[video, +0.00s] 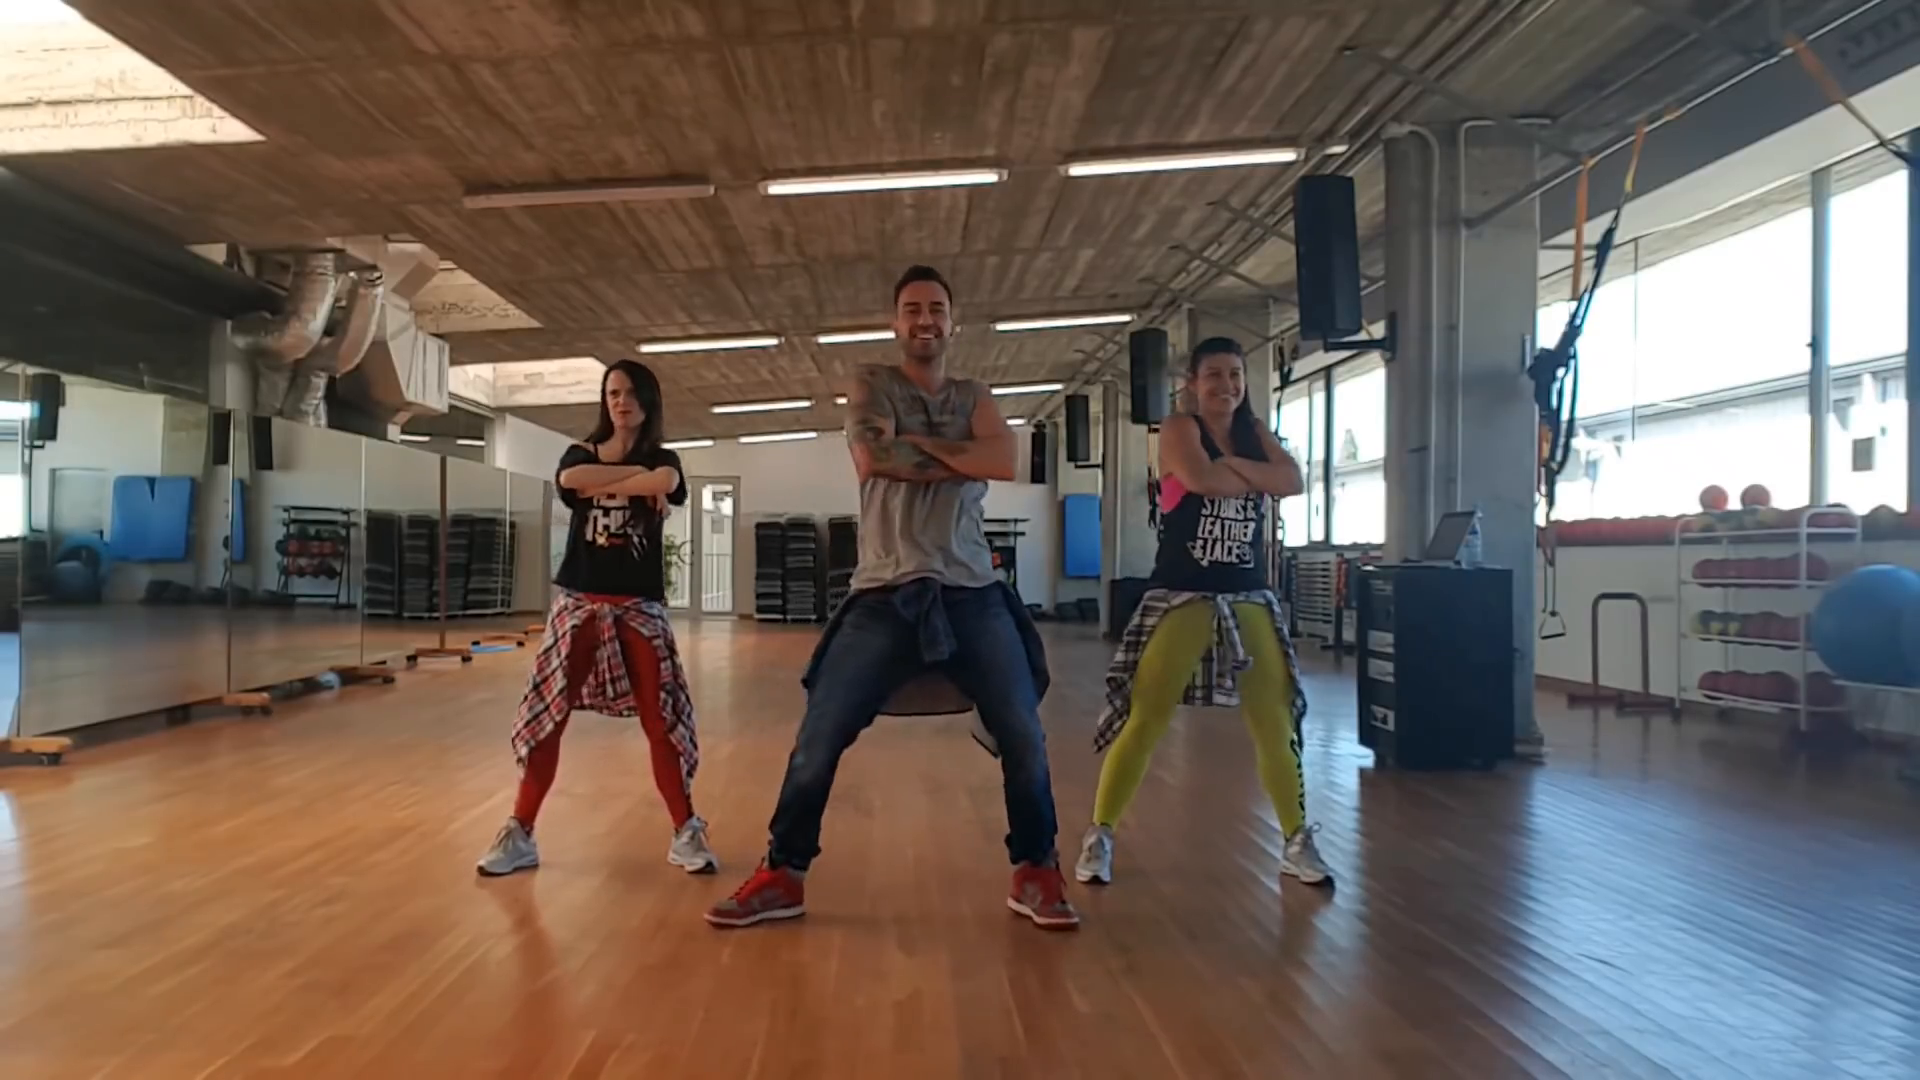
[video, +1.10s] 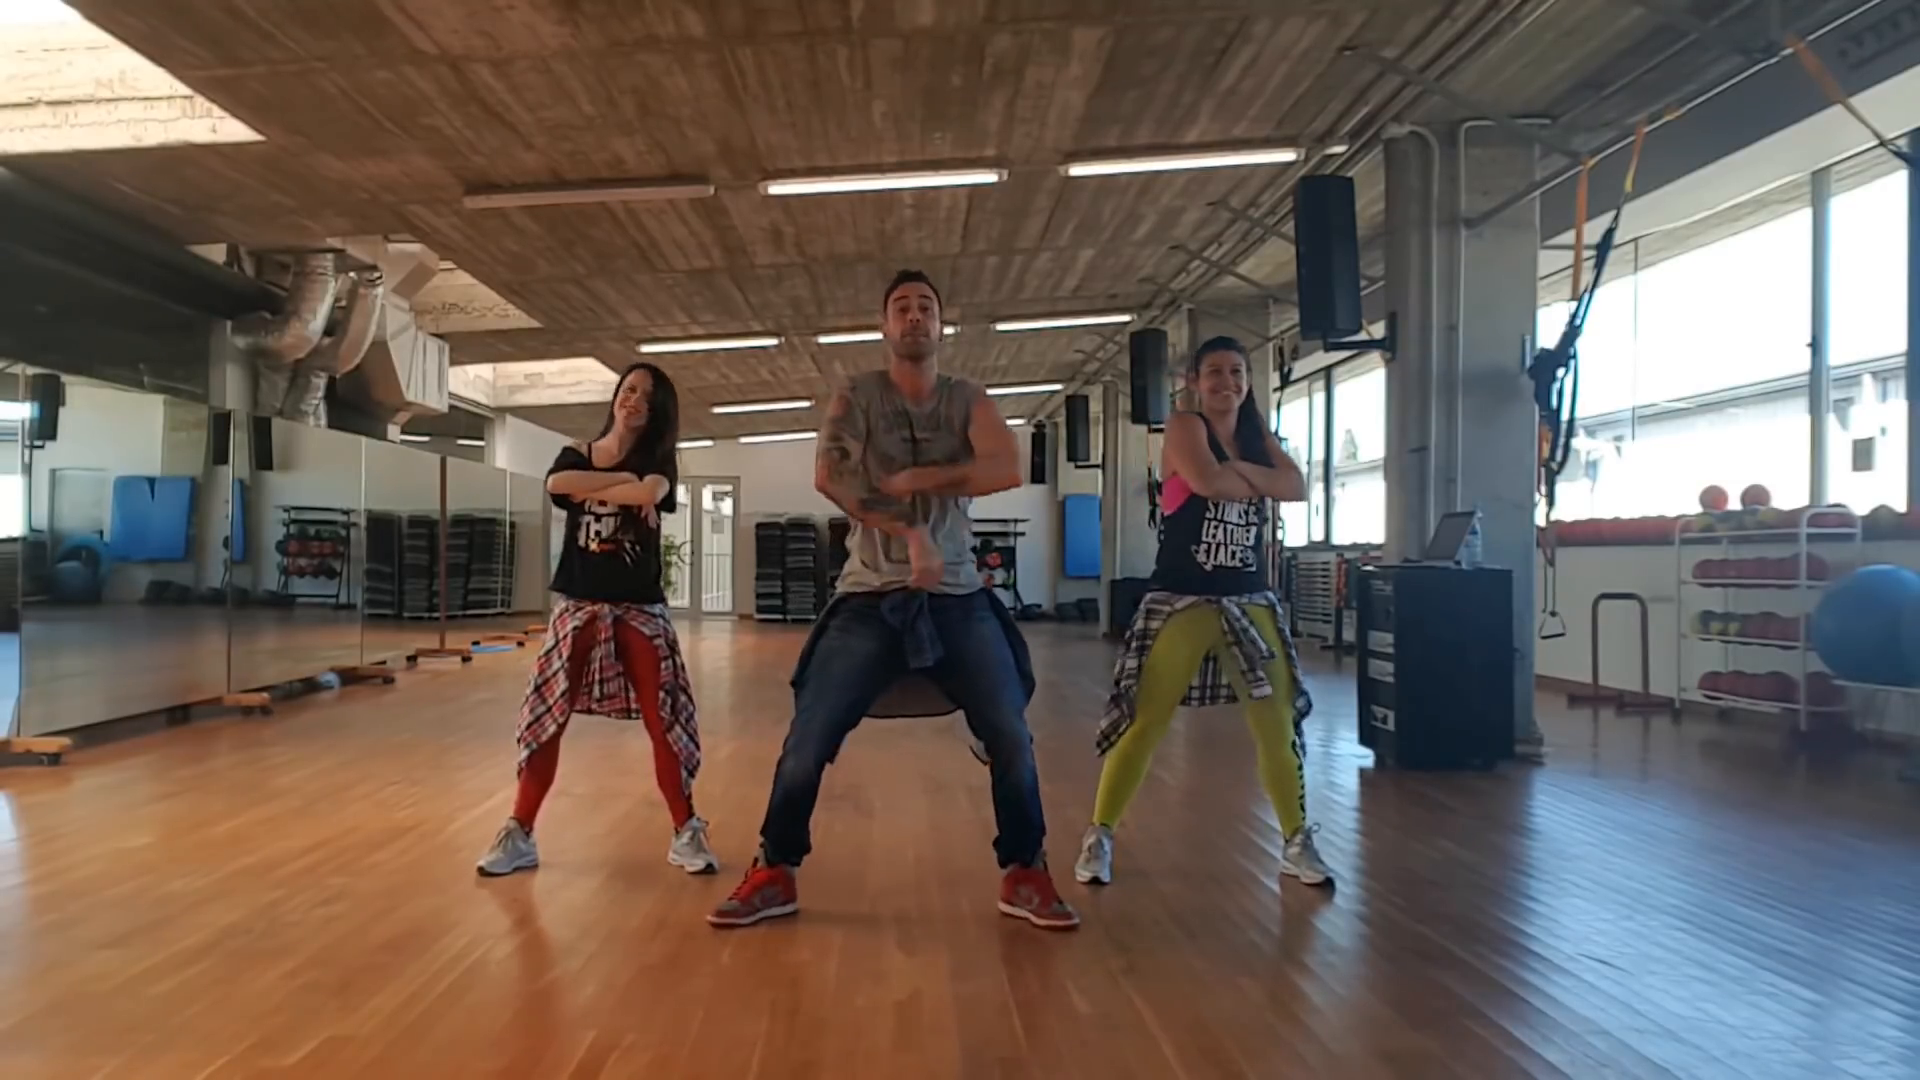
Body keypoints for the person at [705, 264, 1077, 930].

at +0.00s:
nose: (924, 319)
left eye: (935, 310)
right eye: (913, 310)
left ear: (951, 323)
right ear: (894, 322)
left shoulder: (975, 398)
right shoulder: (871, 385)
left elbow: (1004, 463)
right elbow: (870, 462)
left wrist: (910, 443)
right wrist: (966, 466)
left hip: (970, 591)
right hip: (882, 592)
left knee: (1021, 728)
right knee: (822, 727)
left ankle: (1036, 873)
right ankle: (784, 875)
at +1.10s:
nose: (914, 315)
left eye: (924, 307)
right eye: (902, 307)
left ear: (942, 326)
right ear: (883, 327)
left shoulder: (969, 399)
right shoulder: (854, 396)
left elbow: (1007, 470)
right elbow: (829, 479)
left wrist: (924, 478)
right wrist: (906, 531)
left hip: (957, 597)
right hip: (868, 598)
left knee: (1008, 731)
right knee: (809, 733)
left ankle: (1025, 873)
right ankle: (775, 872)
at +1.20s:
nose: (914, 316)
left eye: (925, 307)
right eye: (903, 307)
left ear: (942, 325)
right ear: (883, 326)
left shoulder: (970, 398)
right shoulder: (855, 397)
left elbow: (1028, 461)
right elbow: (816, 470)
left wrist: (975, 448)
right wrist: (859, 480)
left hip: (955, 592)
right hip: (866, 591)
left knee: (1006, 730)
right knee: (810, 726)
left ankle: (1025, 873)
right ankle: (775, 871)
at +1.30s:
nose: (912, 314)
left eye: (923, 305)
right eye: (901, 305)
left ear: (940, 320)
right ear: (882, 321)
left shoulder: (964, 393)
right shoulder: (858, 391)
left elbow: (1012, 458)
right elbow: (819, 457)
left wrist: (994, 379)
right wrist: (842, 380)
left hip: (952, 588)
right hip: (864, 585)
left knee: (1005, 729)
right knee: (809, 723)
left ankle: (1025, 873)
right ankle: (773, 871)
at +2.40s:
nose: (852, 364)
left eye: (865, 352)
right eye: (842, 351)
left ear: (880, 358)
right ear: (826, 357)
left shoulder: (900, 431)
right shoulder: (807, 424)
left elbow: (957, 467)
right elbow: (782, 460)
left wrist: (958, 380)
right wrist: (797, 377)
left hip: (873, 621)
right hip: (801, 620)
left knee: (934, 757)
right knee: (708, 721)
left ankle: (1055, 854)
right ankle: (748, 871)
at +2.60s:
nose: (810, 353)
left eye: (823, 341)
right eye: (799, 339)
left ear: (840, 348)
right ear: (783, 344)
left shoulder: (855, 421)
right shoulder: (756, 410)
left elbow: (912, 451)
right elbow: (713, 431)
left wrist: (916, 357)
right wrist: (734, 343)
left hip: (833, 598)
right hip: (758, 597)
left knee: (893, 738)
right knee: (685, 727)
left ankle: (980, 846)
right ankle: (745, 869)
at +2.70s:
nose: (800, 343)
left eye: (812, 331)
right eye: (789, 330)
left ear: (831, 337)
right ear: (775, 334)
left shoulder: (849, 405)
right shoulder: (747, 396)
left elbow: (914, 413)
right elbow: (701, 397)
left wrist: (913, 330)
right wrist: (716, 318)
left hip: (827, 582)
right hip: (747, 581)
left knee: (849, 727)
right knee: (688, 720)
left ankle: (897, 835)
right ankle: (735, 859)